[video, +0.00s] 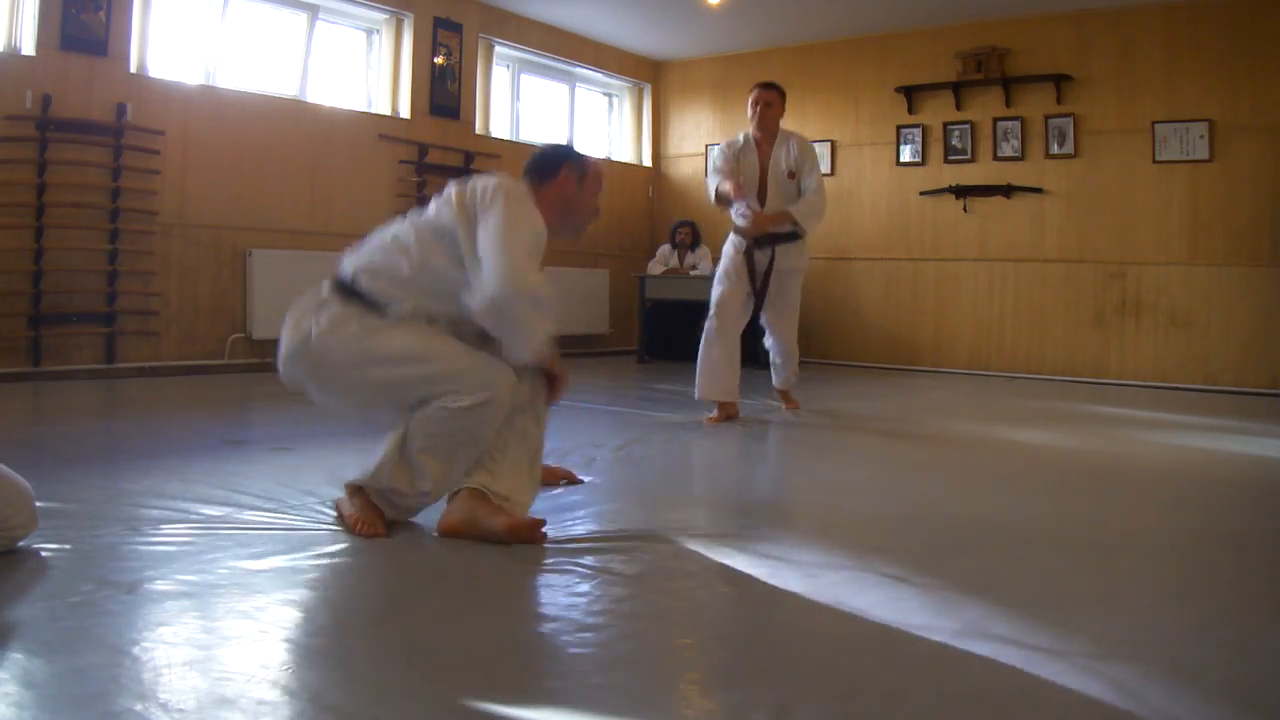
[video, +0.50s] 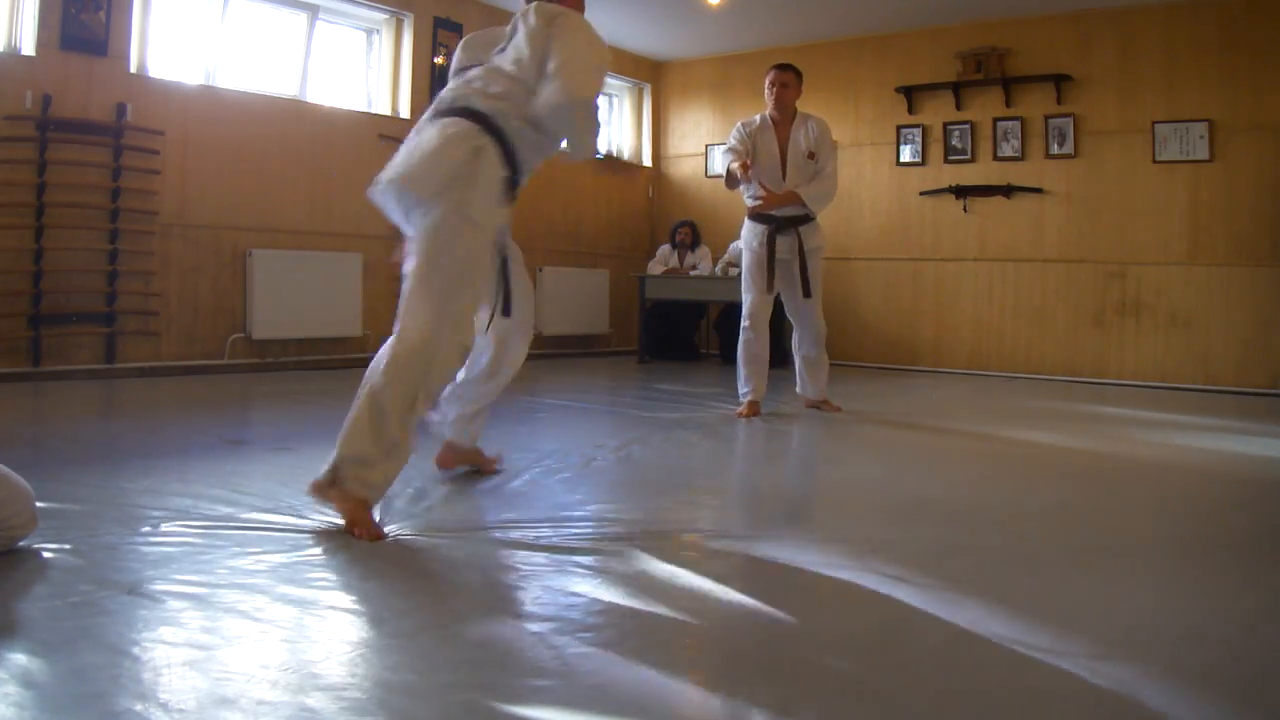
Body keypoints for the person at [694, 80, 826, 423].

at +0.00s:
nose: (760, 110)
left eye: (769, 105)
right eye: (755, 104)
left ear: (782, 112)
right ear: (747, 110)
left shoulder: (799, 149)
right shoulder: (730, 149)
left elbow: (815, 202)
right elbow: (715, 183)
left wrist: (773, 220)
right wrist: (726, 189)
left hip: (786, 248)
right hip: (741, 245)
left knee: (782, 323)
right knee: (721, 317)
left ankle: (783, 386)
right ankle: (726, 402)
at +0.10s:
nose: (762, 95)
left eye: (771, 89)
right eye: (757, 88)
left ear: (785, 96)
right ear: (750, 93)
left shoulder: (802, 130)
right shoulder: (734, 130)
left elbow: (817, 186)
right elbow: (720, 166)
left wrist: (773, 199)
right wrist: (733, 163)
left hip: (790, 232)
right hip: (746, 231)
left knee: (788, 313)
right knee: (737, 308)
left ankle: (788, 386)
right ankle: (737, 395)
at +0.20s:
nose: (764, 86)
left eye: (773, 81)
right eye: (760, 80)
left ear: (787, 87)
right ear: (752, 84)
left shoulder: (803, 121)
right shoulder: (735, 121)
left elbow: (817, 177)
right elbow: (722, 160)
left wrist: (778, 190)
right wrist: (734, 149)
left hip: (793, 226)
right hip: (749, 226)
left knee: (794, 310)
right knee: (745, 309)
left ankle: (792, 382)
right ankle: (748, 394)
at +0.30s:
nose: (767, 87)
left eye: (775, 82)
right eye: (762, 81)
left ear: (789, 88)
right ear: (755, 85)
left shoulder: (805, 124)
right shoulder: (737, 123)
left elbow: (817, 180)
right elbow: (721, 161)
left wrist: (779, 193)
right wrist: (733, 150)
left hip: (794, 230)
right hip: (749, 229)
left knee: (801, 314)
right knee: (750, 315)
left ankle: (808, 384)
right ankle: (752, 395)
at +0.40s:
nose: (771, 90)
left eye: (779, 85)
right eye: (766, 84)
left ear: (794, 90)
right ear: (759, 88)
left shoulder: (810, 126)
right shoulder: (742, 127)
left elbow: (822, 181)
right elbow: (725, 169)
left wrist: (780, 196)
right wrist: (735, 160)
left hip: (797, 231)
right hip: (753, 231)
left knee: (806, 314)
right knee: (751, 315)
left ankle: (813, 391)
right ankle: (751, 396)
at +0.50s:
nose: (776, 91)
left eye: (784, 86)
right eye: (771, 85)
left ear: (799, 92)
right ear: (764, 91)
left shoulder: (816, 129)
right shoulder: (747, 130)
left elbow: (826, 184)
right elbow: (730, 179)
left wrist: (785, 198)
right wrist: (738, 169)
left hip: (801, 233)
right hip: (758, 232)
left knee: (809, 317)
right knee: (753, 316)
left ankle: (813, 392)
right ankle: (750, 396)